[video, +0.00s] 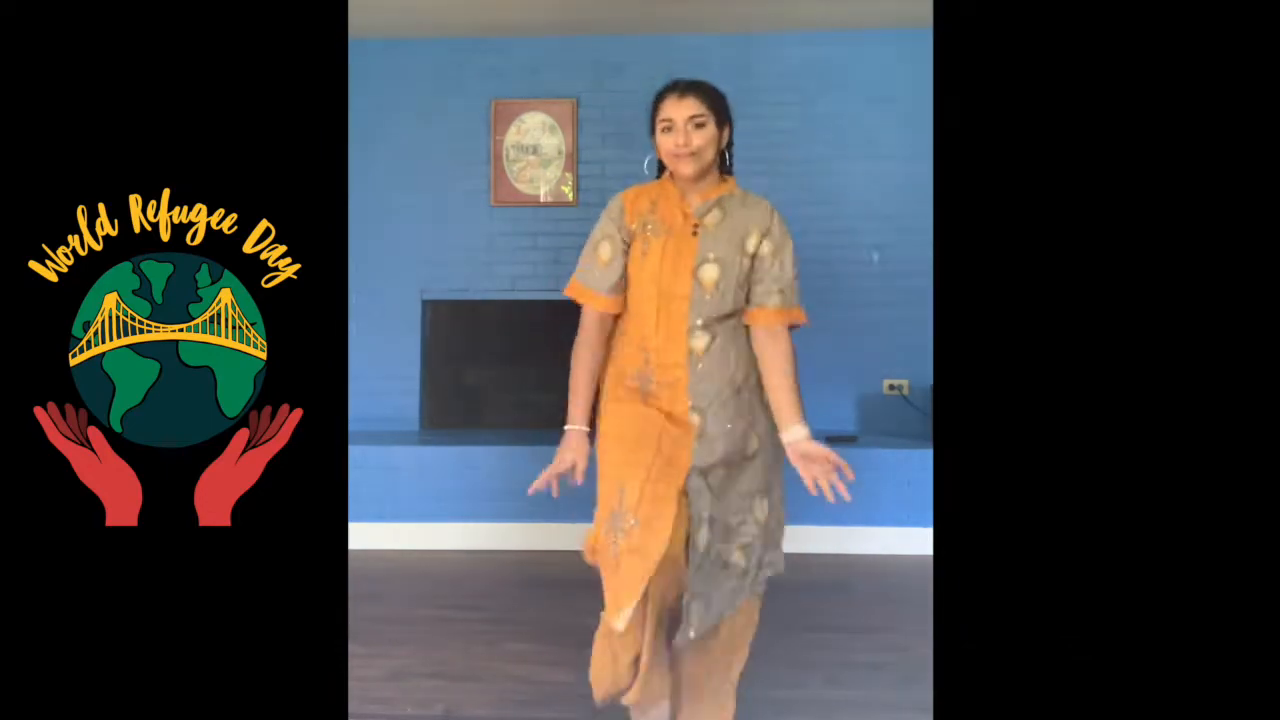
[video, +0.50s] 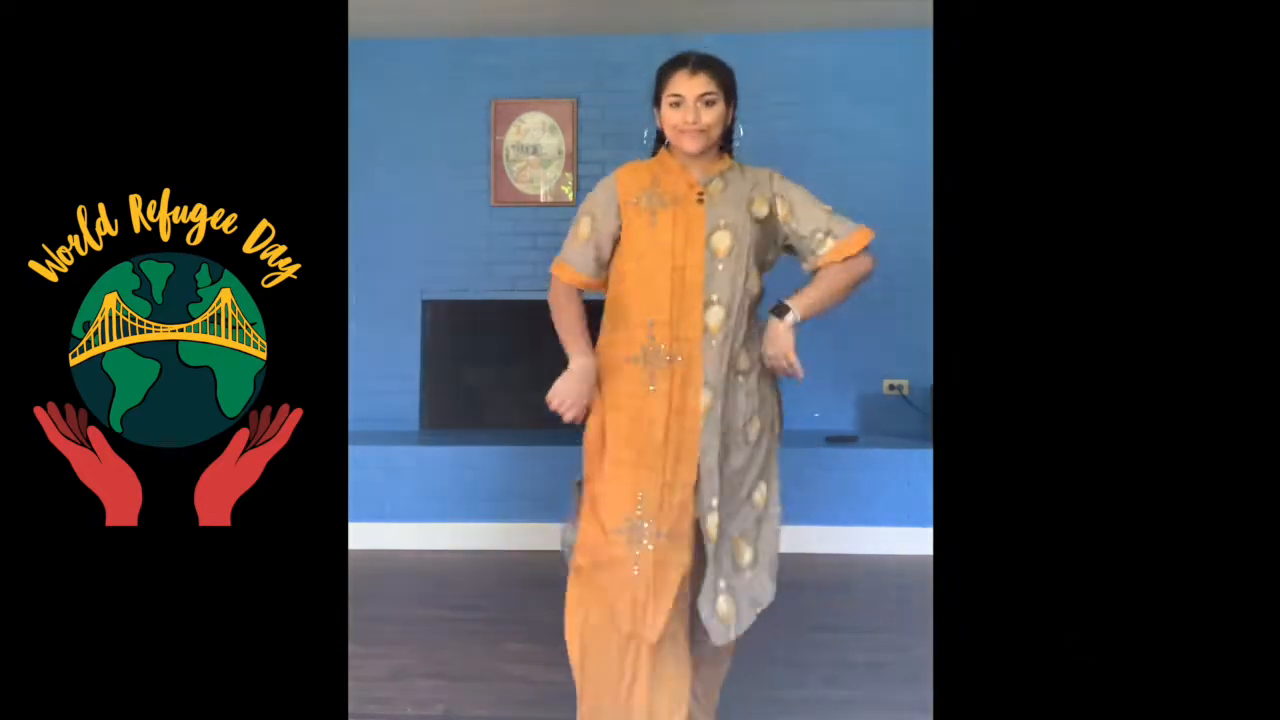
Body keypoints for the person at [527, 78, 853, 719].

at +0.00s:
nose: (682, 137)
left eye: (696, 124)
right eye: (668, 127)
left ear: (722, 134)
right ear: (655, 141)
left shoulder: (758, 221)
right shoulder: (627, 211)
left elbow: (771, 334)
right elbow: (594, 327)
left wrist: (795, 433)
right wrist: (575, 429)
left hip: (730, 429)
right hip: (638, 426)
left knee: (725, 584)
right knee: (644, 570)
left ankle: (705, 710)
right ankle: (643, 702)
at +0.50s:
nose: (691, 114)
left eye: (706, 102)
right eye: (677, 103)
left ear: (728, 112)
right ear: (658, 114)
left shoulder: (762, 190)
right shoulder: (622, 190)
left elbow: (855, 256)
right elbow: (565, 285)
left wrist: (788, 315)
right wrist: (582, 363)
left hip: (728, 418)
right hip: (635, 416)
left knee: (719, 593)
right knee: (632, 587)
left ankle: (695, 710)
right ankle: (629, 709)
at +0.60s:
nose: (691, 132)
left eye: (707, 120)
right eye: (676, 120)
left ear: (727, 132)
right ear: (658, 132)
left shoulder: (756, 216)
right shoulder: (614, 205)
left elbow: (838, 294)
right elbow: (549, 285)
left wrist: (776, 297)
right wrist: (598, 305)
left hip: (728, 446)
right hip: (634, 443)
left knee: (714, 619)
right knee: (638, 615)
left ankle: (692, 711)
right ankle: (635, 711)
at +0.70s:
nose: (689, 127)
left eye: (704, 115)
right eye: (674, 116)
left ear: (725, 127)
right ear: (654, 129)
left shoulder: (752, 219)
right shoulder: (614, 204)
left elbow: (788, 334)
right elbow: (551, 301)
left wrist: (768, 266)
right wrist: (596, 265)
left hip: (730, 432)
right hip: (634, 433)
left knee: (721, 593)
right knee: (627, 583)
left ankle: (701, 708)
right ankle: (642, 707)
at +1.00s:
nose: (672, 73)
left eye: (689, 60)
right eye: (656, 61)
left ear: (712, 79)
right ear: (636, 82)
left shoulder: (741, 152)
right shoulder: (602, 160)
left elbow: (752, 252)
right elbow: (587, 261)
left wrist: (751, 295)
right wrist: (591, 275)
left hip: (697, 384)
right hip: (603, 385)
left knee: (699, 557)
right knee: (599, 558)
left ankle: (705, 703)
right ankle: (598, 707)